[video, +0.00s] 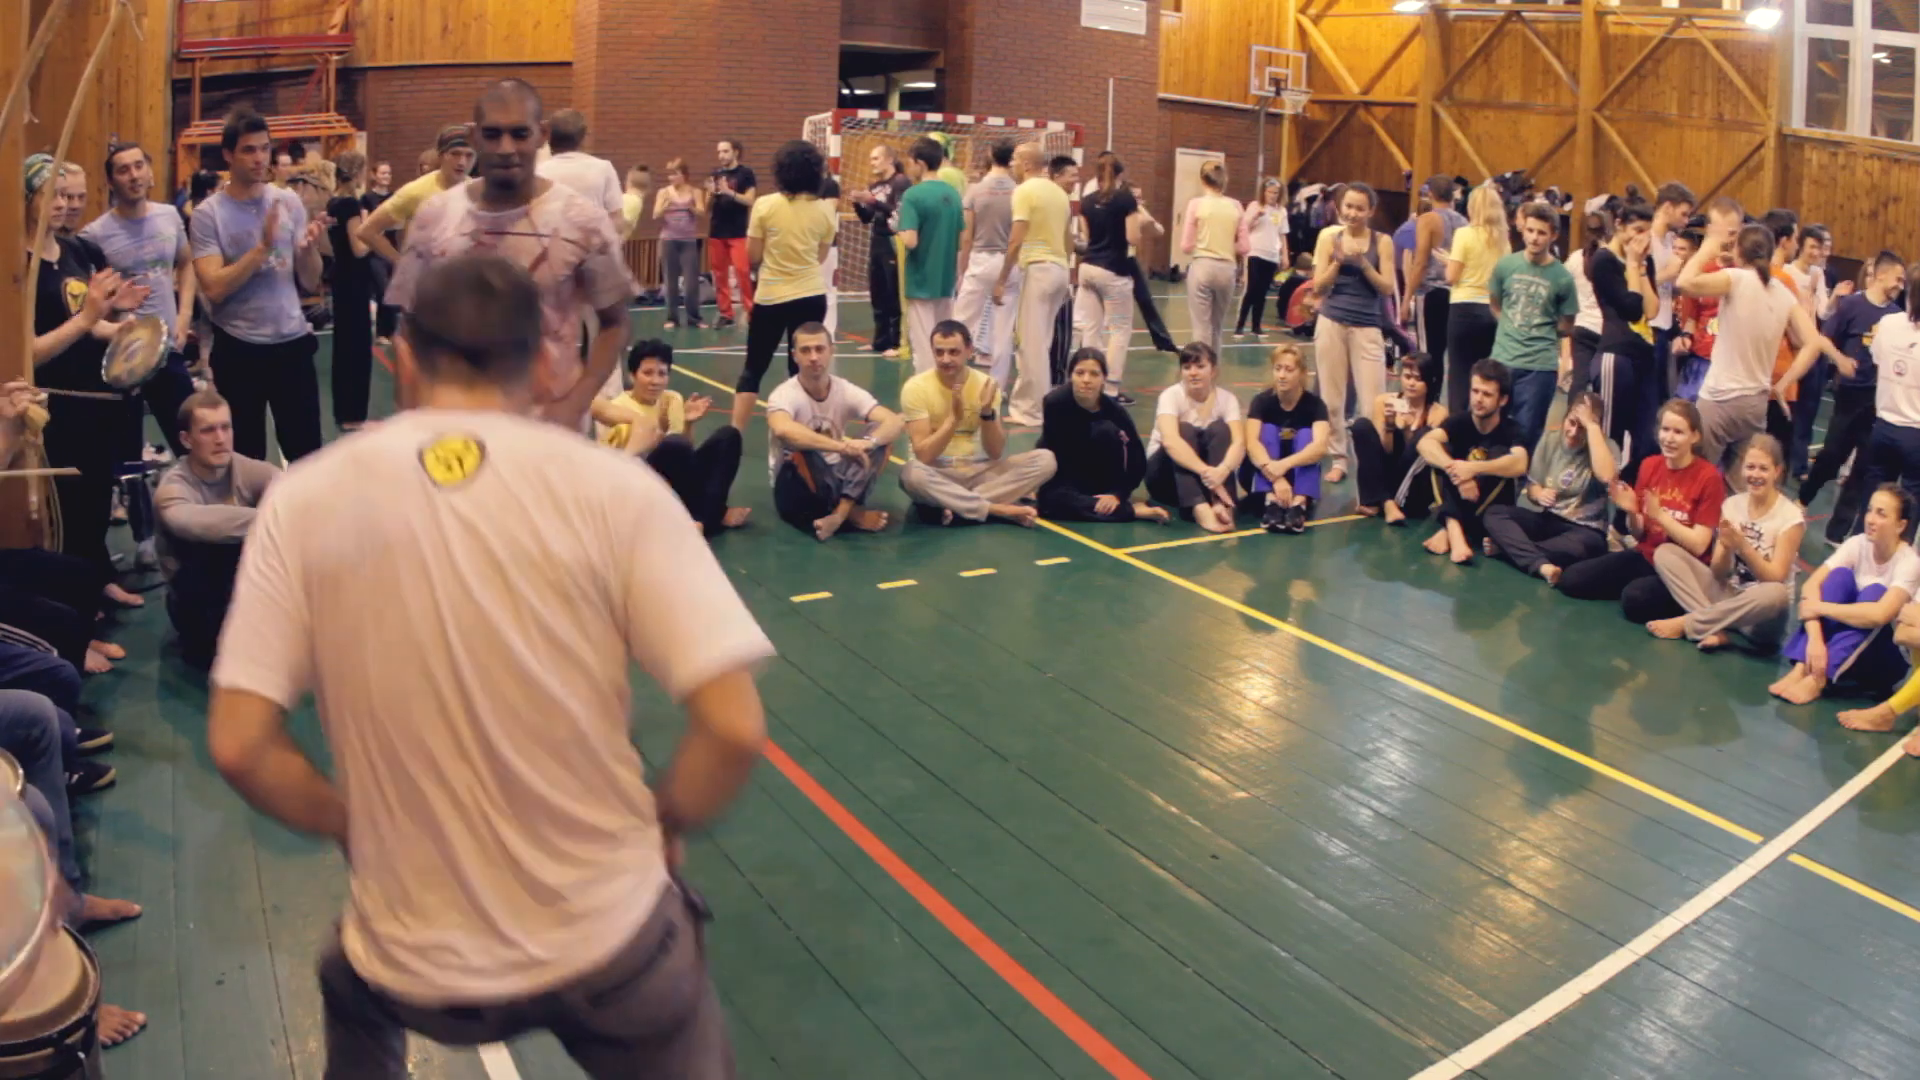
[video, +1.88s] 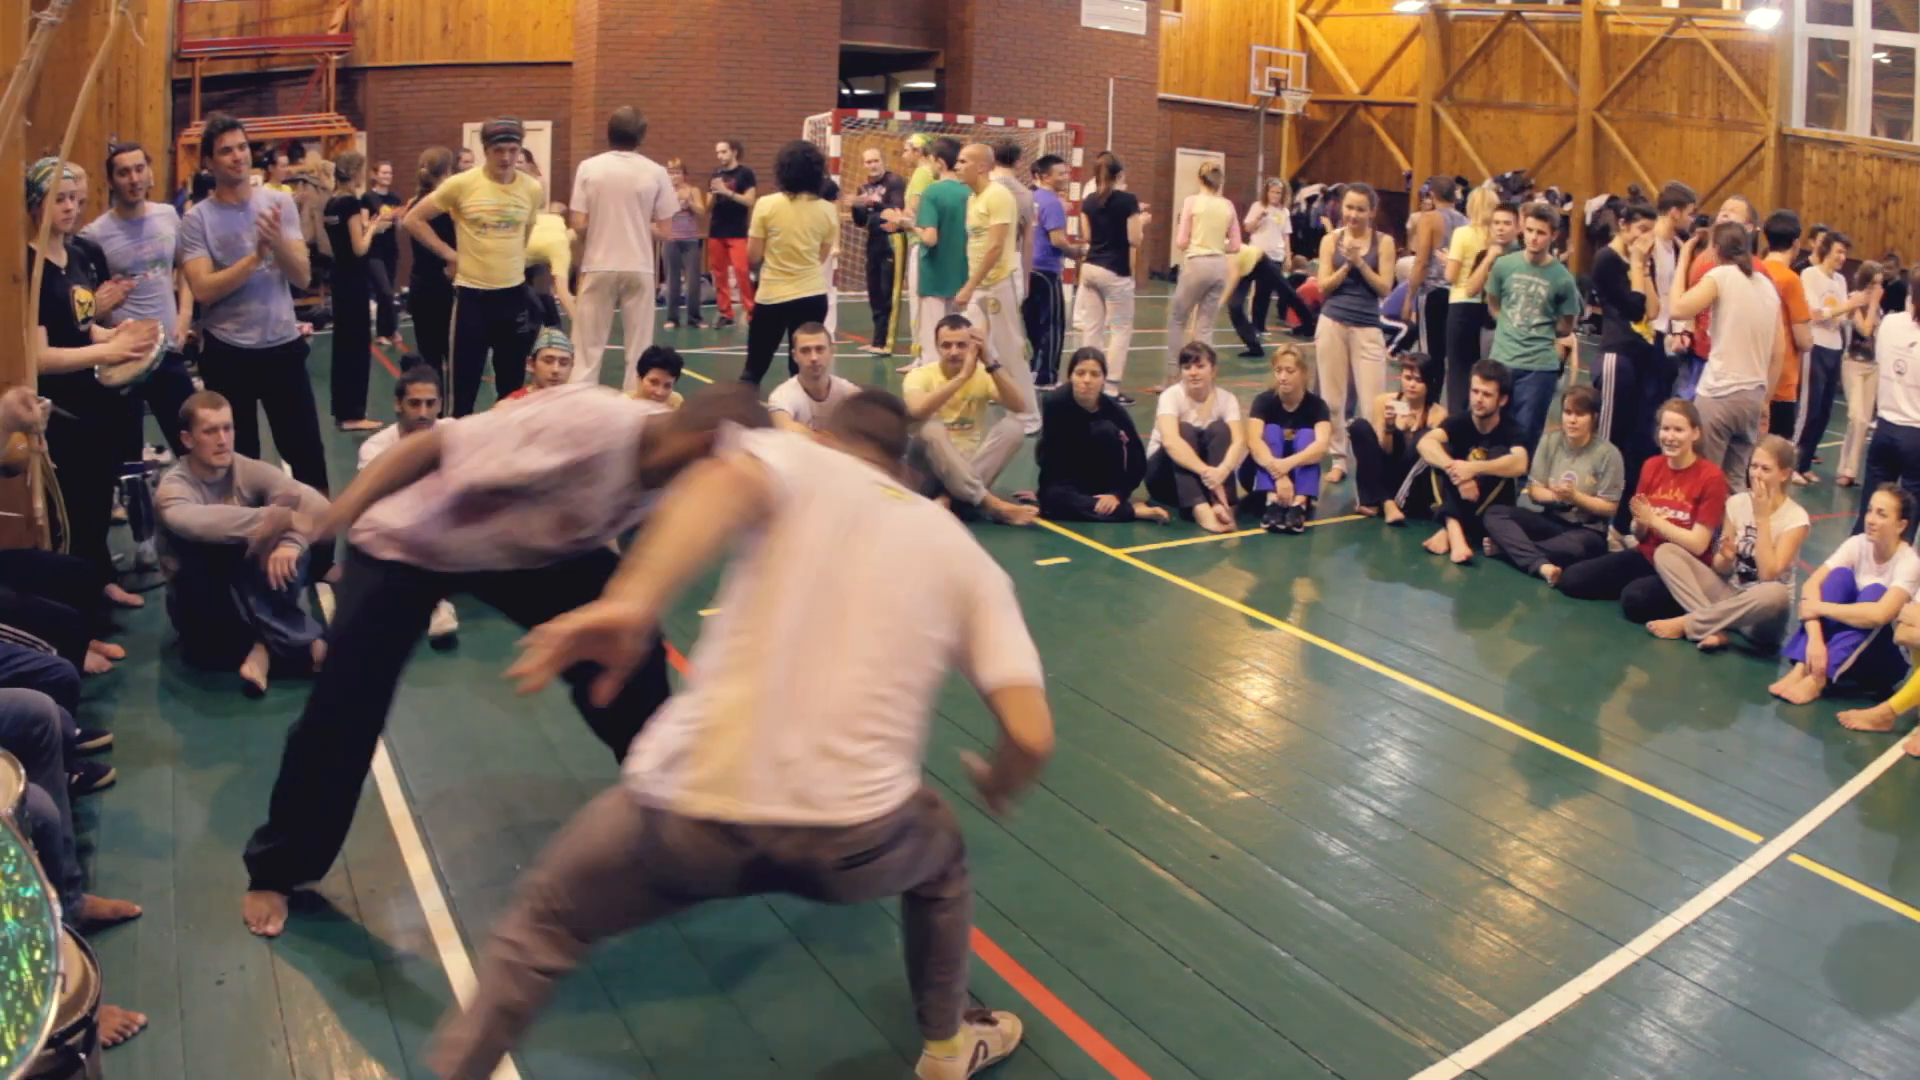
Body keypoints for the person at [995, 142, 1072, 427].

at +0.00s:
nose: (1013, 166)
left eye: (1016, 161)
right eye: (1014, 160)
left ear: (1027, 164)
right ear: (1041, 164)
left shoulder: (1024, 191)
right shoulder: (1060, 192)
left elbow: (1016, 240)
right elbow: (1067, 238)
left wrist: (1001, 280)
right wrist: (1066, 268)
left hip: (1038, 267)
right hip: (1060, 268)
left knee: (1033, 340)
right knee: (1039, 338)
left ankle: (1031, 408)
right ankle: (1028, 402)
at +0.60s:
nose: (994, 162)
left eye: (998, 157)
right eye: (996, 157)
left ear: (1012, 161)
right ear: (1018, 162)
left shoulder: (1013, 185)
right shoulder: (1031, 186)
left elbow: (1013, 232)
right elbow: (1039, 228)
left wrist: (1000, 273)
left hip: (1024, 262)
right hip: (1036, 260)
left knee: (1016, 333)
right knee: (1014, 332)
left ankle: (1025, 405)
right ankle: (1014, 400)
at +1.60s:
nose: (982, 165)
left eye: (988, 160)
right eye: (983, 160)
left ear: (1007, 166)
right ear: (1000, 166)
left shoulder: (1019, 195)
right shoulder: (1002, 195)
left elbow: (1020, 244)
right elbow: (1006, 243)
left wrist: (1002, 288)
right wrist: (998, 282)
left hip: (1021, 278)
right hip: (1002, 277)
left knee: (1021, 346)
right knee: (985, 339)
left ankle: (1026, 416)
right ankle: (997, 411)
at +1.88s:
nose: (957, 166)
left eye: (963, 162)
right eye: (958, 161)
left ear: (982, 167)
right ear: (970, 167)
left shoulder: (999, 195)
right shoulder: (974, 197)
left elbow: (996, 248)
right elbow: (978, 244)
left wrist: (970, 285)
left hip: (1000, 283)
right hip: (978, 282)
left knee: (1009, 348)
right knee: (973, 346)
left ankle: (1029, 414)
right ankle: (967, 411)